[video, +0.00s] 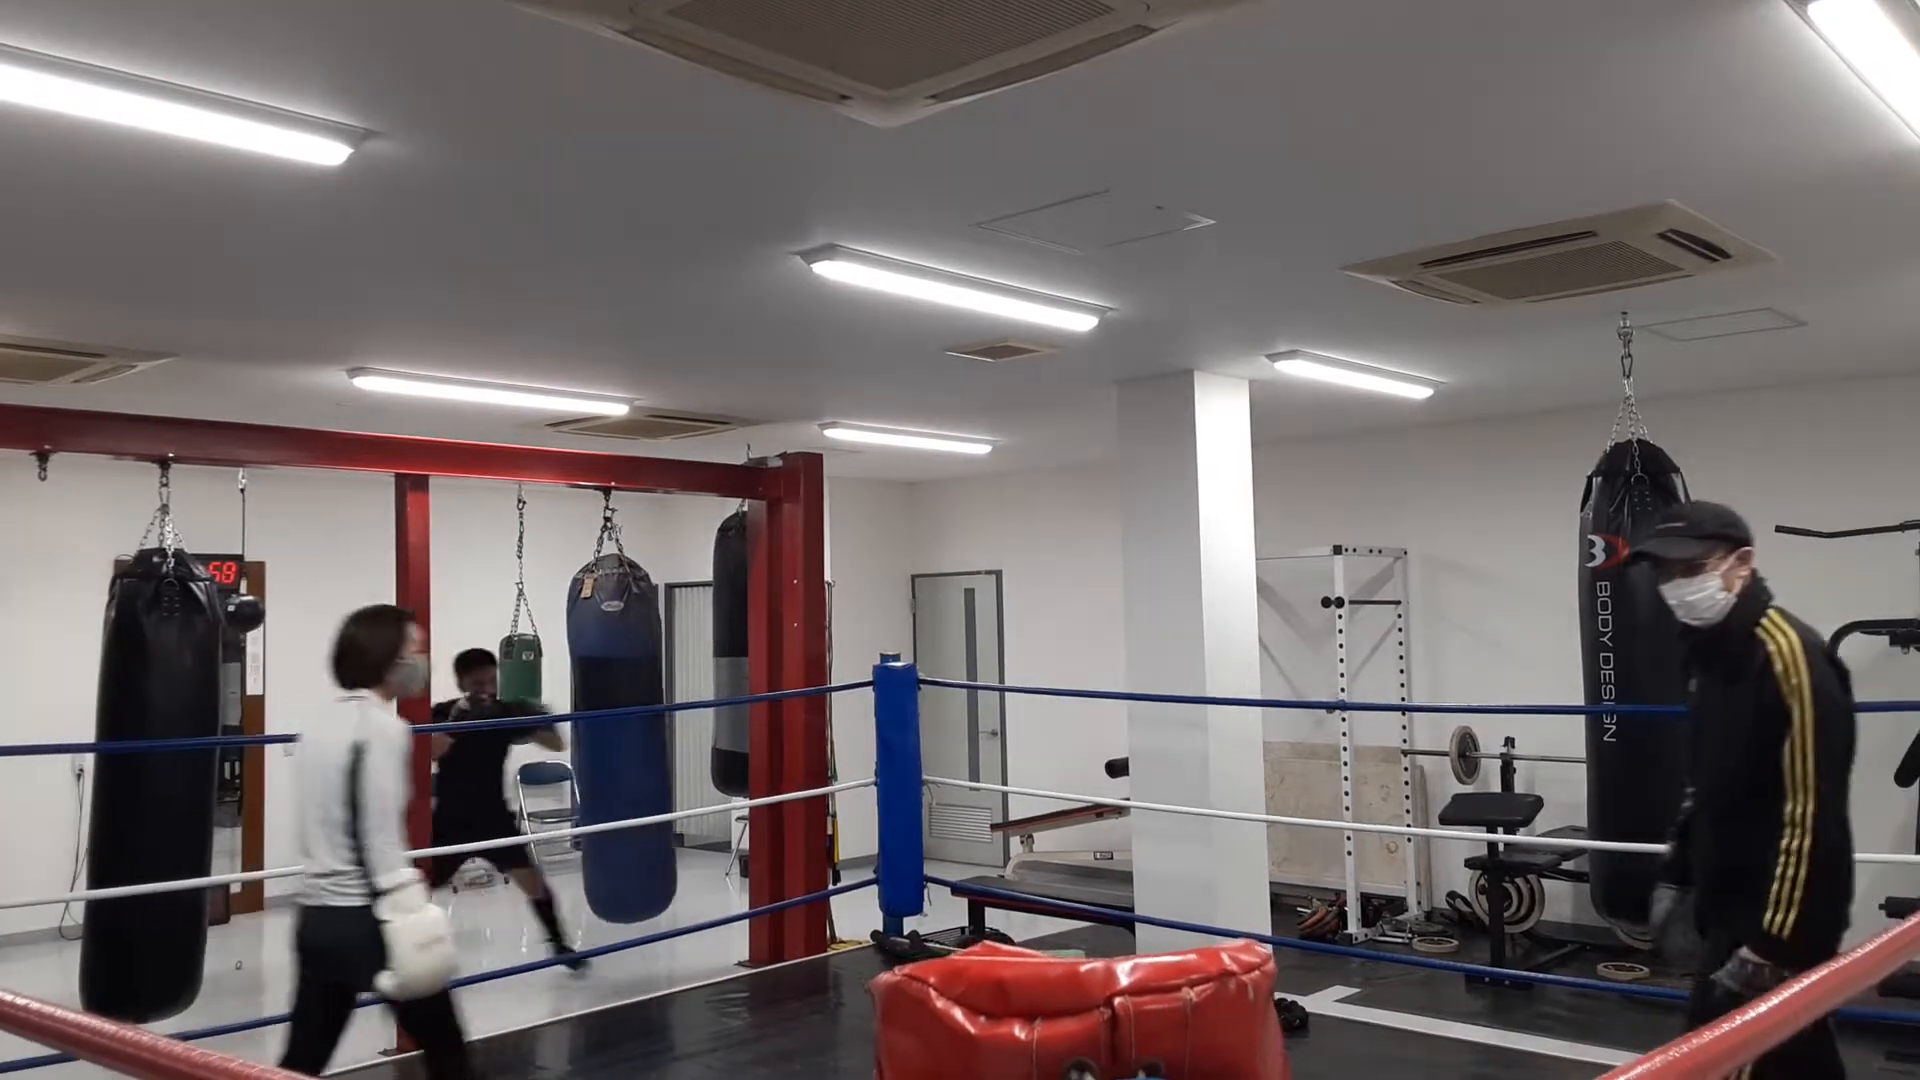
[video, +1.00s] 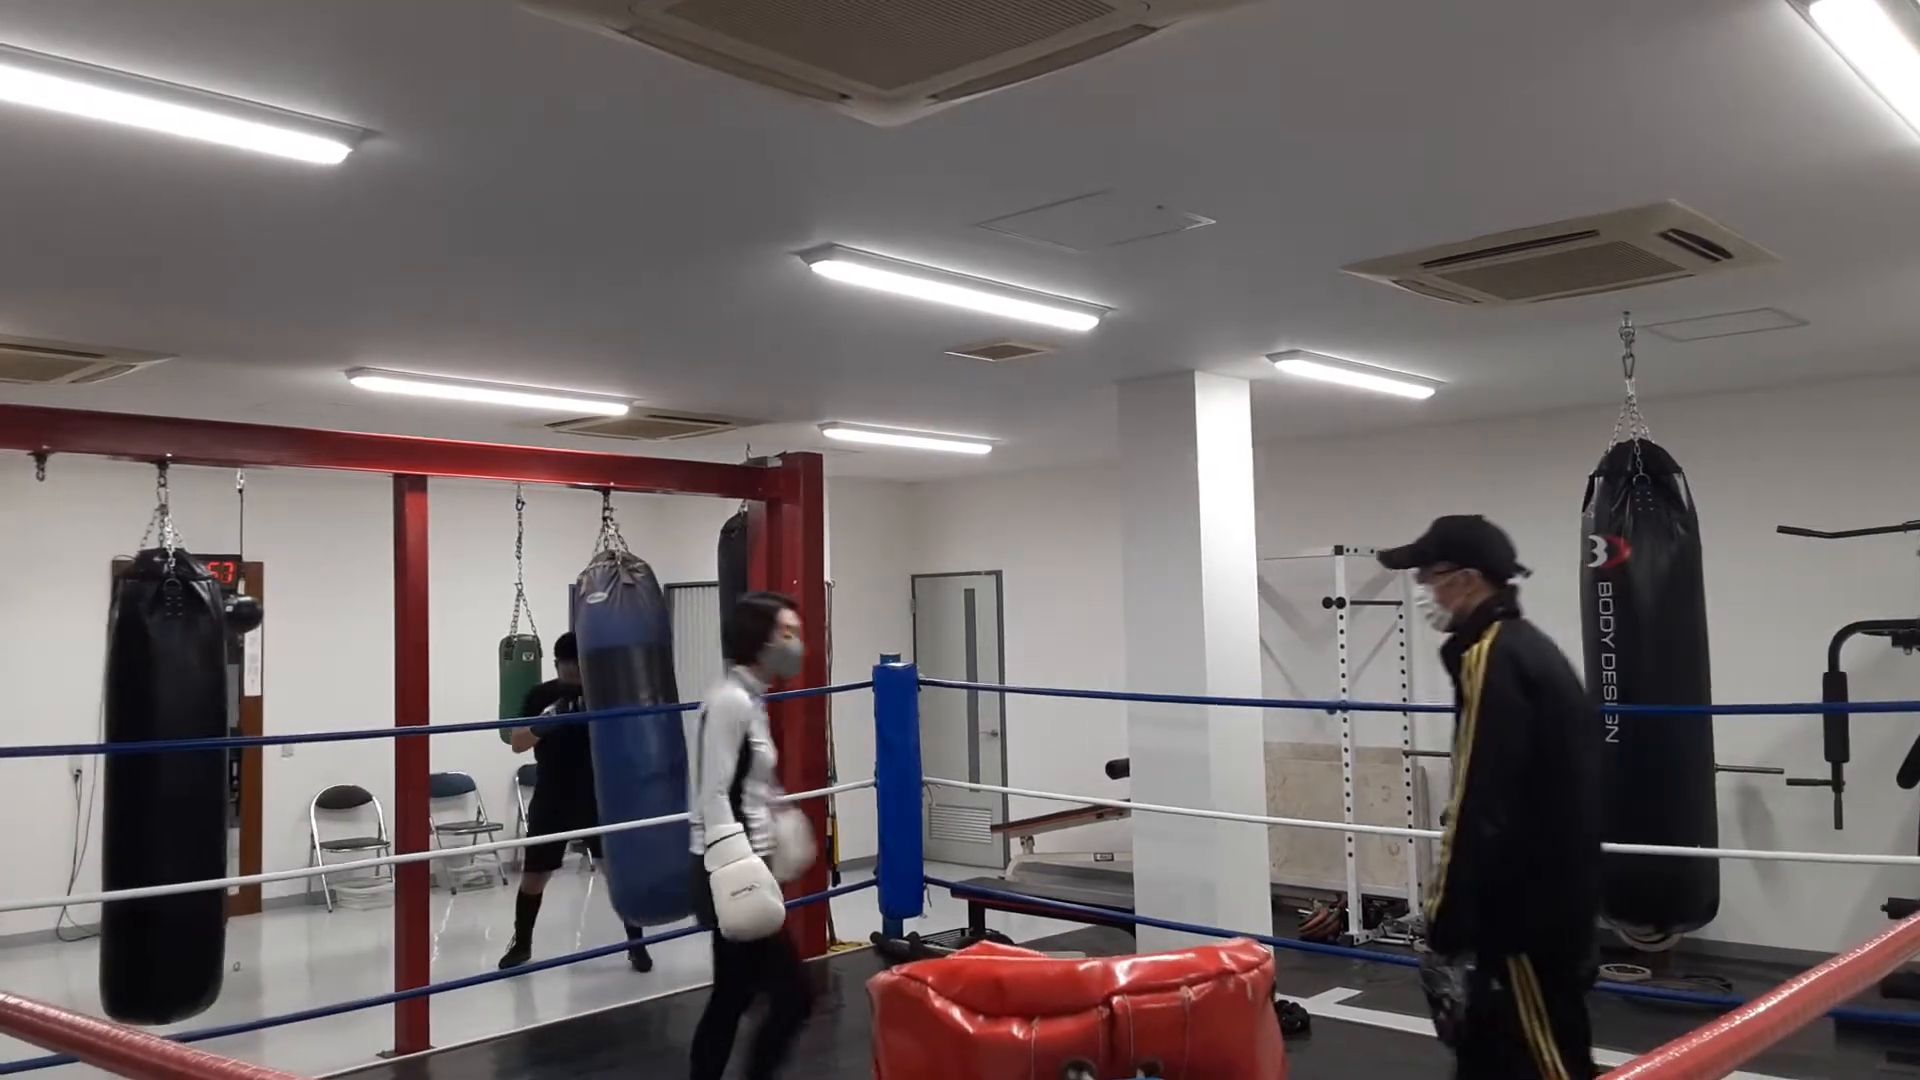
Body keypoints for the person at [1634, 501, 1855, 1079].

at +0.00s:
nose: (1678, 585)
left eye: (1693, 567)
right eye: (1667, 572)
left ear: (1741, 563)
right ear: (1657, 575)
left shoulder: (1792, 655)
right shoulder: (1711, 654)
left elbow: (1810, 816)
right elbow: (1706, 789)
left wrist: (1766, 954)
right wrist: (1675, 879)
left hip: (1777, 933)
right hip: (1724, 916)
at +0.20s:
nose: (1628, 588)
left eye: (1644, 570)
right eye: (1616, 575)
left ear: (1692, 568)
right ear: (1605, 580)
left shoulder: (1731, 662)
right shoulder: (1662, 661)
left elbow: (1756, 823)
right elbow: (1660, 796)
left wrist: (1751, 971)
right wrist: (1621, 878)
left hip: (1715, 947)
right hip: (1671, 936)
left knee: (1710, 1070)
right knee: (1668, 1067)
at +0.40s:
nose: (1575, 580)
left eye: (1591, 562)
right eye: (1568, 567)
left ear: (1640, 565)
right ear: (1561, 569)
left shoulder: (1663, 649)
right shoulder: (1627, 646)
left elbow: (1681, 805)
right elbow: (1632, 795)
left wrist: (1671, 949)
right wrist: (1607, 932)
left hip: (1644, 946)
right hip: (1617, 938)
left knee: (1631, 1072)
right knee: (1613, 1068)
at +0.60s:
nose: (1520, 590)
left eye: (1530, 573)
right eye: (1515, 578)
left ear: (1581, 568)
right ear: (1576, 573)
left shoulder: (1608, 651)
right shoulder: (1597, 646)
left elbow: (1599, 808)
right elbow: (1594, 806)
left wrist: (1575, 953)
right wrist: (1573, 940)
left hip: (1607, 932)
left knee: (1583, 1053)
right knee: (1604, 1054)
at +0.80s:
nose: (1467, 583)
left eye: (1476, 569)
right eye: (1466, 571)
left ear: (1516, 572)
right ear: (1521, 573)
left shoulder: (1536, 651)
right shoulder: (1576, 640)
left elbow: (1520, 803)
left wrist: (1489, 942)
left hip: (1545, 919)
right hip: (1583, 902)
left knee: (1552, 1061)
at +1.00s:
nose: (1428, 590)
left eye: (1434, 576)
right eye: (1426, 578)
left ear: (1467, 578)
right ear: (1477, 578)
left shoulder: (1492, 656)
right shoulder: (1530, 649)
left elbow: (1478, 805)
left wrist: (1445, 934)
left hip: (1518, 917)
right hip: (1549, 904)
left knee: (1548, 1062)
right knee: (1498, 1063)